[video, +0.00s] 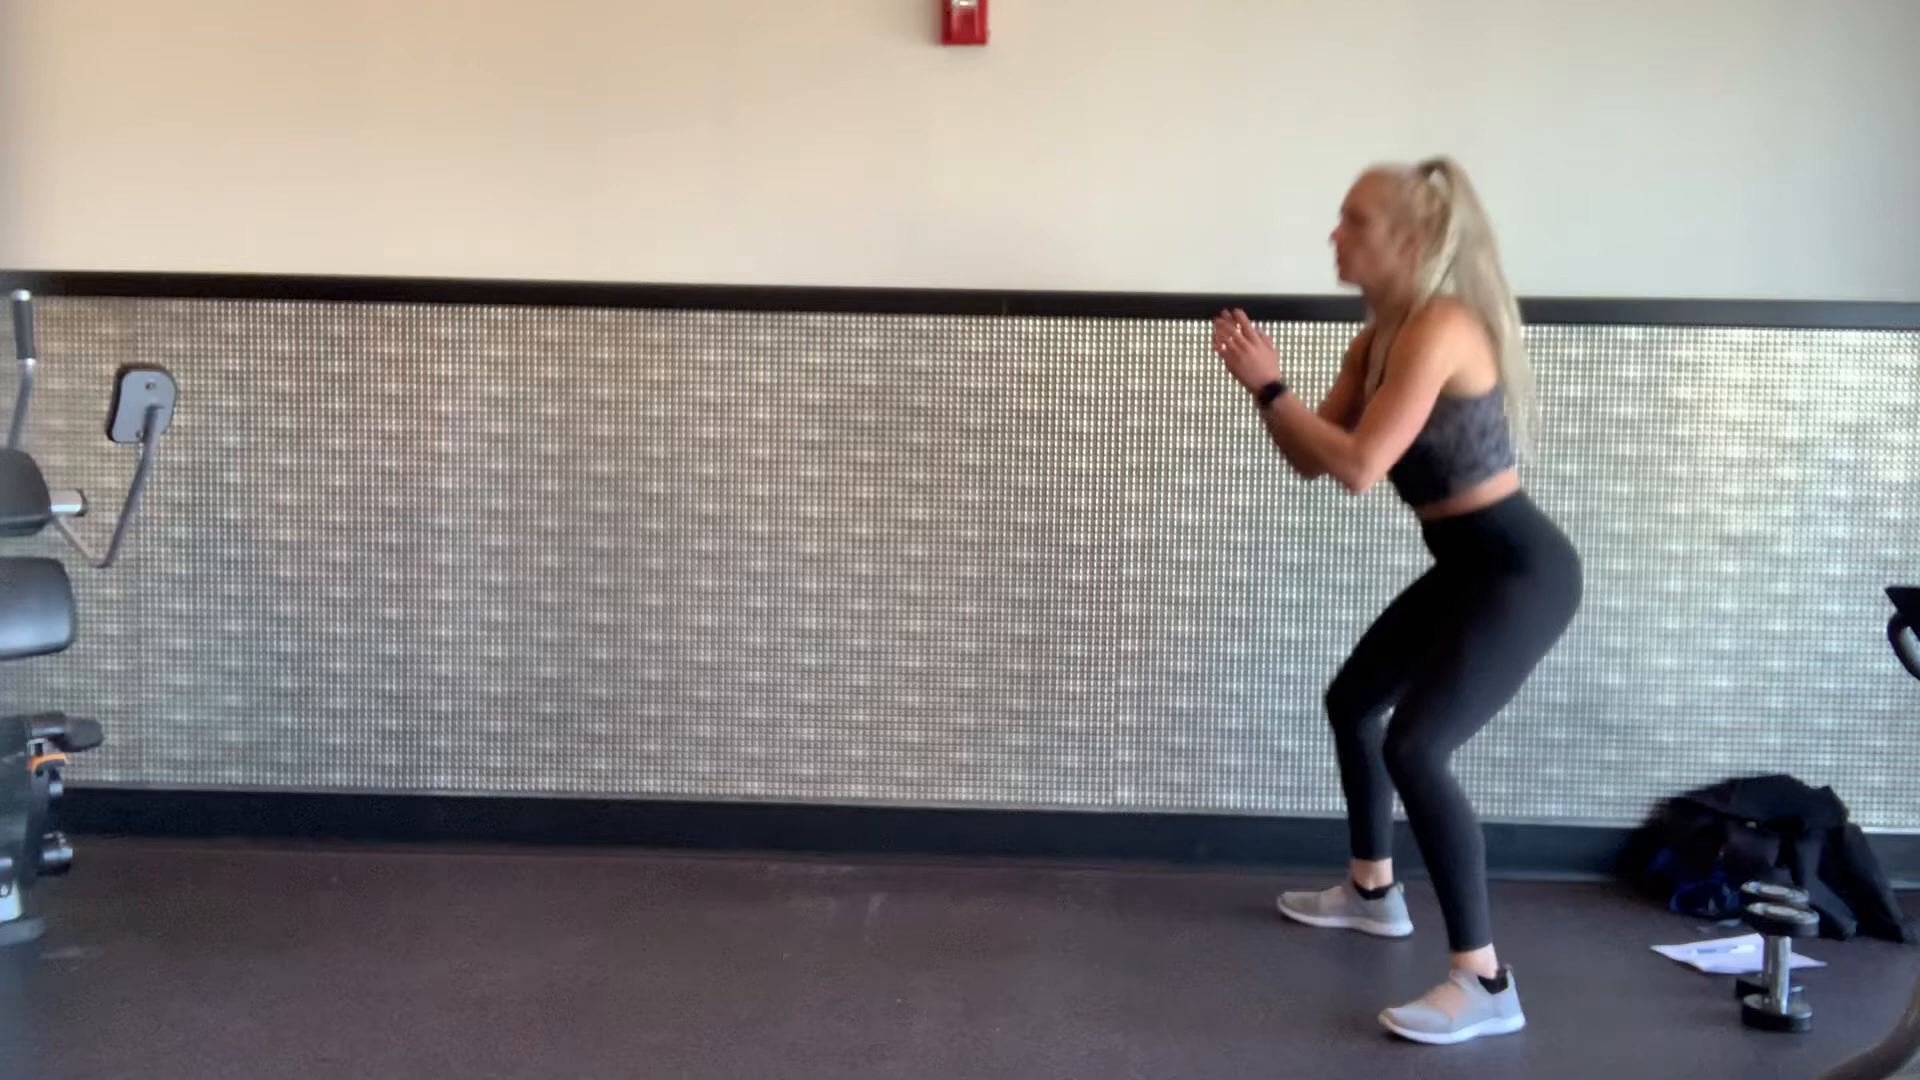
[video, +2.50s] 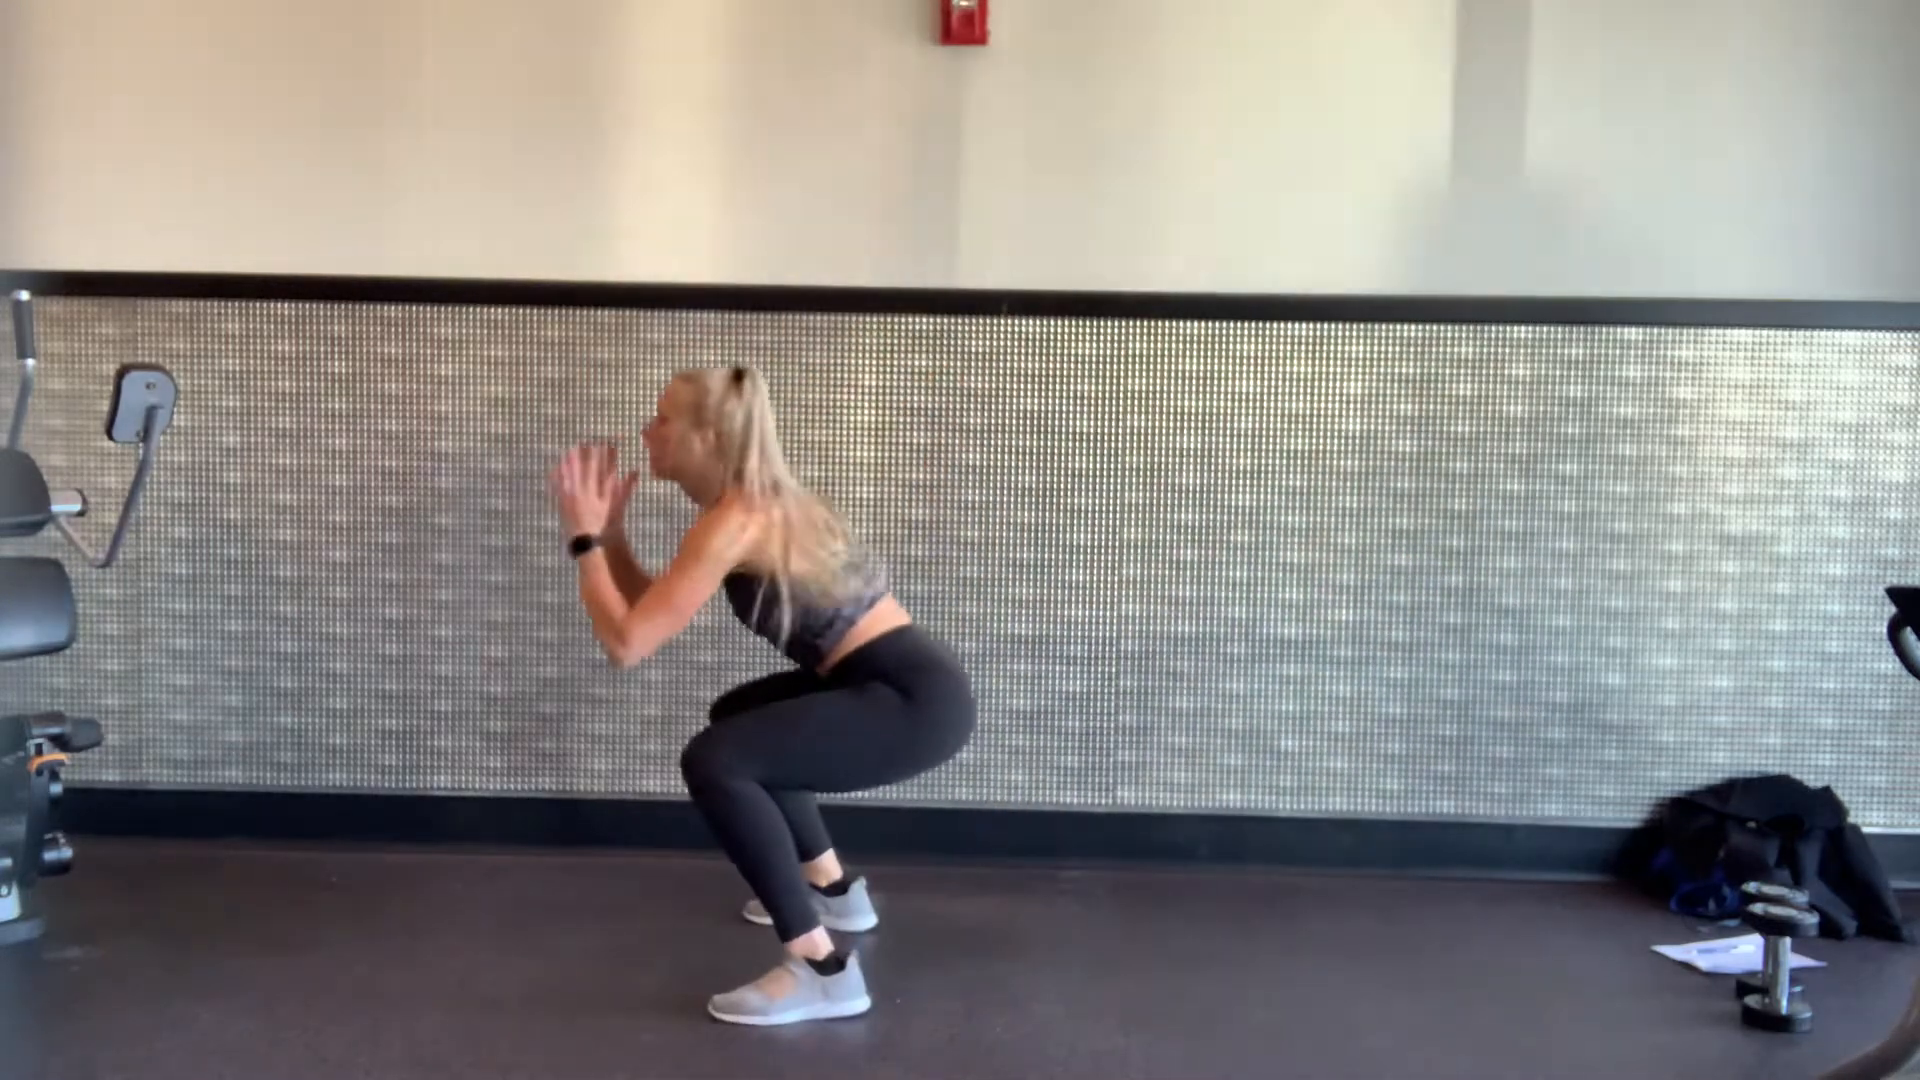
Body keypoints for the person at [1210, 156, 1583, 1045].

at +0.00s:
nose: (1335, 234)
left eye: (1354, 222)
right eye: (1342, 218)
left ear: (1409, 239)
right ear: (1395, 243)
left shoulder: (1440, 329)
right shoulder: (1380, 335)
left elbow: (1359, 468)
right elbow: (1313, 455)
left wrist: (1275, 392)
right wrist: (1264, 386)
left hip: (1523, 572)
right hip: (1465, 570)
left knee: (1416, 747)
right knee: (1353, 703)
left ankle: (1483, 976)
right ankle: (1372, 889)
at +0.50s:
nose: (1245, 479)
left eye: (1257, 465)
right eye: (1247, 464)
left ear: (1307, 472)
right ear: (1301, 473)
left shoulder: (1369, 552)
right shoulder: (1313, 549)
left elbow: (1298, 691)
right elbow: (1261, 659)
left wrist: (1234, 595)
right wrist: (1226, 591)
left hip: (1523, 720)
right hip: (1446, 709)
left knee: (1378, 775)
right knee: (1296, 723)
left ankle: (1480, 982)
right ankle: (1368, 891)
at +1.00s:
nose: (1222, 408)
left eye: (1234, 391)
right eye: (1224, 392)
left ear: (1287, 393)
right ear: (1282, 397)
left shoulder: (1346, 474)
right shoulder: (1293, 478)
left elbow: (1234, 588)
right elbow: (1212, 572)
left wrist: (1182, 492)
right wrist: (1180, 491)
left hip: (1510, 653)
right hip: (1437, 649)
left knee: (1379, 773)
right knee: (1295, 714)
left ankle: (1480, 980)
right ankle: (1370, 891)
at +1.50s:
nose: (1123, 380)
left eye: (1133, 364)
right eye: (1124, 363)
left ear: (1179, 368)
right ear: (1184, 370)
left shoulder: (1240, 449)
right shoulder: (1208, 453)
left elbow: (1267, 603)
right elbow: (1205, 584)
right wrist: (1135, 664)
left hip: (1406, 627)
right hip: (1352, 629)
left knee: (1309, 803)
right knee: (1242, 750)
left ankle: (1470, 975)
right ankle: (1363, 888)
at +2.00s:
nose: (853, 233)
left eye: (864, 219)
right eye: (857, 217)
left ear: (904, 231)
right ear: (917, 228)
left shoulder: (947, 316)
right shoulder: (947, 309)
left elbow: (902, 469)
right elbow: (901, 448)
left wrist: (793, 453)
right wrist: (802, 444)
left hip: (1051, 553)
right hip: (1035, 545)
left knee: (913, 712)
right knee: (904, 695)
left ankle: (857, 952)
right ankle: (854, 878)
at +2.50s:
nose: (648, 430)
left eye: (662, 419)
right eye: (654, 416)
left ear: (702, 440)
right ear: (716, 441)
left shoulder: (734, 519)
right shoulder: (749, 506)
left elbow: (627, 643)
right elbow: (647, 613)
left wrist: (585, 540)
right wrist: (609, 535)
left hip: (911, 702)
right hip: (894, 682)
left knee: (716, 763)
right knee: (735, 714)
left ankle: (821, 966)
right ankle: (832, 890)